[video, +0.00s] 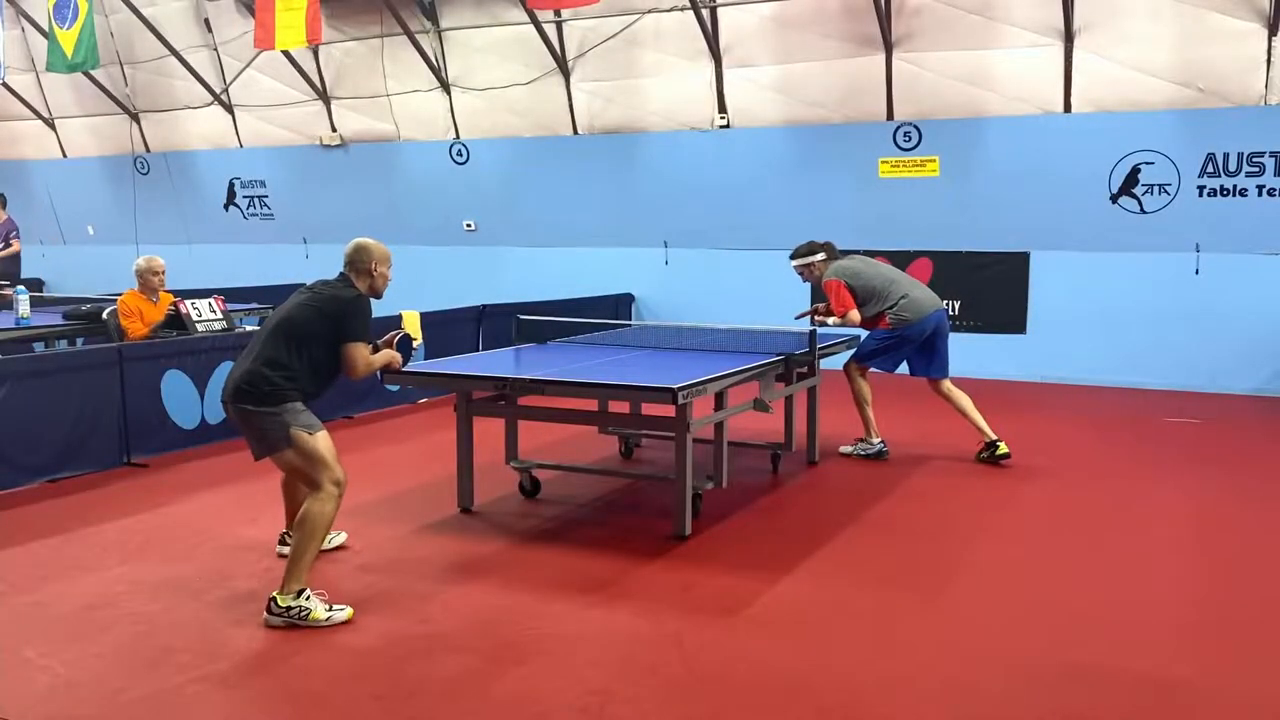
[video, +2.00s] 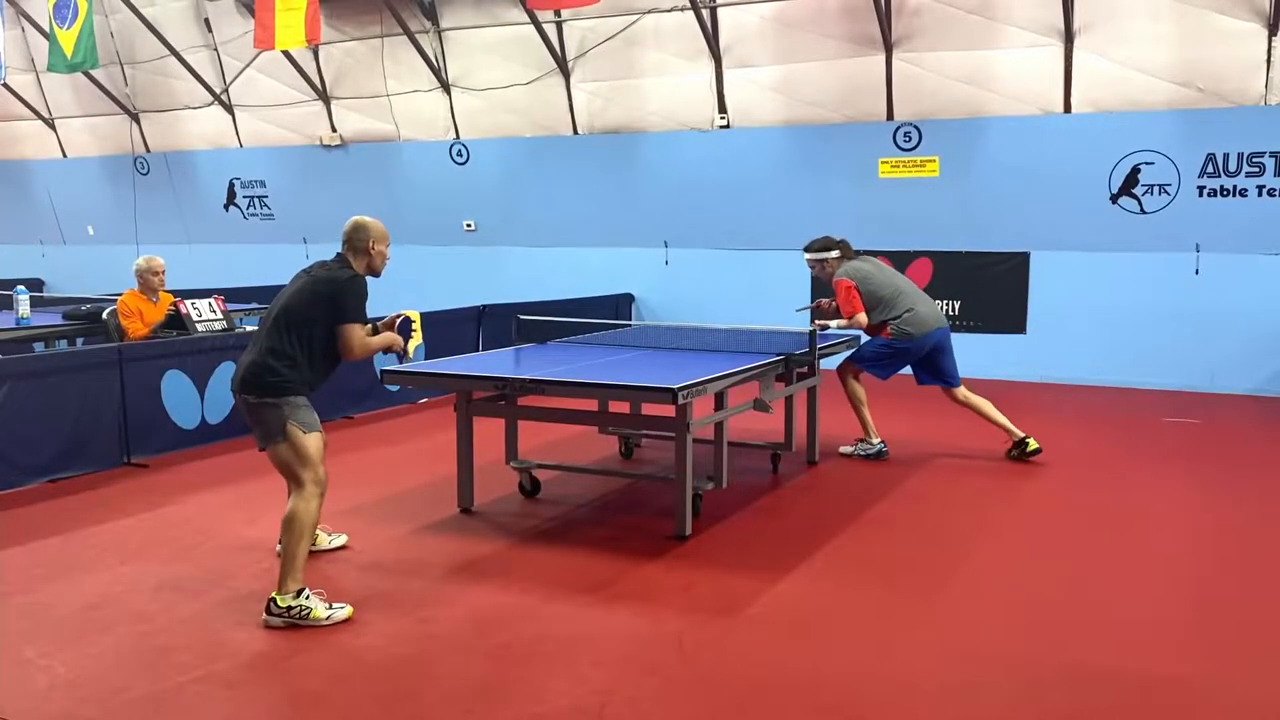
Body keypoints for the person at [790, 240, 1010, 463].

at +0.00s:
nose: (803, 279)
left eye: (803, 272)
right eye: (800, 274)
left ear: (816, 264)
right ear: (824, 258)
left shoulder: (832, 277)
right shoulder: (855, 262)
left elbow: (853, 319)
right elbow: (871, 311)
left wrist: (832, 319)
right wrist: (832, 310)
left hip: (907, 317)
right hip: (936, 311)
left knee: (854, 369)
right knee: (941, 383)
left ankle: (872, 440)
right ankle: (993, 441)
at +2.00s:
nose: (813, 272)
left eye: (814, 266)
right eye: (810, 267)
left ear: (830, 261)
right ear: (838, 257)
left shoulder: (843, 277)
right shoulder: (869, 262)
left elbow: (859, 321)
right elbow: (879, 301)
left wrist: (833, 322)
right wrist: (839, 308)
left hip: (908, 331)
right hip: (937, 325)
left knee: (848, 372)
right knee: (958, 391)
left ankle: (873, 441)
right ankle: (1020, 438)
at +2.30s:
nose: (839, 249)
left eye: (842, 243)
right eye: (838, 243)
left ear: (860, 240)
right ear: (866, 238)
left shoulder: (868, 259)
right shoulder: (896, 249)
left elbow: (858, 309)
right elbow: (894, 292)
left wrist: (827, 316)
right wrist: (858, 285)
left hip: (921, 327)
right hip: (952, 323)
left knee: (858, 367)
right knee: (967, 392)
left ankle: (873, 440)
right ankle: (1025, 441)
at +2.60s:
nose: (879, 217)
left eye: (883, 211)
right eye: (879, 211)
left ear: (900, 212)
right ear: (909, 213)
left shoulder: (900, 236)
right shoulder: (932, 232)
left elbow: (864, 267)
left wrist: (837, 248)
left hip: (943, 317)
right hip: (973, 315)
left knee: (883, 364)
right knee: (979, 383)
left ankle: (876, 437)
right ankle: (1028, 439)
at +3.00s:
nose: (885, 213)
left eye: (889, 208)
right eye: (886, 208)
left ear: (906, 211)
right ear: (914, 212)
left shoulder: (905, 235)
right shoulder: (947, 221)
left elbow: (895, 266)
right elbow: (988, 211)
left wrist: (864, 276)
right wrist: (994, 249)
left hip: (951, 317)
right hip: (979, 314)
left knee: (886, 358)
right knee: (983, 384)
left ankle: (877, 437)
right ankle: (1027, 443)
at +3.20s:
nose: (848, 236)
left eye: (852, 230)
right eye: (848, 230)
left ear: (870, 232)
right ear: (872, 232)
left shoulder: (885, 257)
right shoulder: (904, 246)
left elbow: (917, 288)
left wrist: (882, 310)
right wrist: (886, 297)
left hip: (936, 327)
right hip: (955, 324)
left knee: (873, 368)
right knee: (967, 394)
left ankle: (872, 443)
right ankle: (1025, 442)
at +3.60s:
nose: (822, 235)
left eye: (828, 229)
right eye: (819, 230)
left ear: (843, 232)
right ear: (817, 234)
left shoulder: (866, 262)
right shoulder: (821, 267)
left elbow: (904, 285)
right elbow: (818, 299)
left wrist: (903, 321)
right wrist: (794, 311)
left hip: (883, 327)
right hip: (855, 331)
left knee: (862, 361)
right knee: (823, 374)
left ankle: (872, 439)